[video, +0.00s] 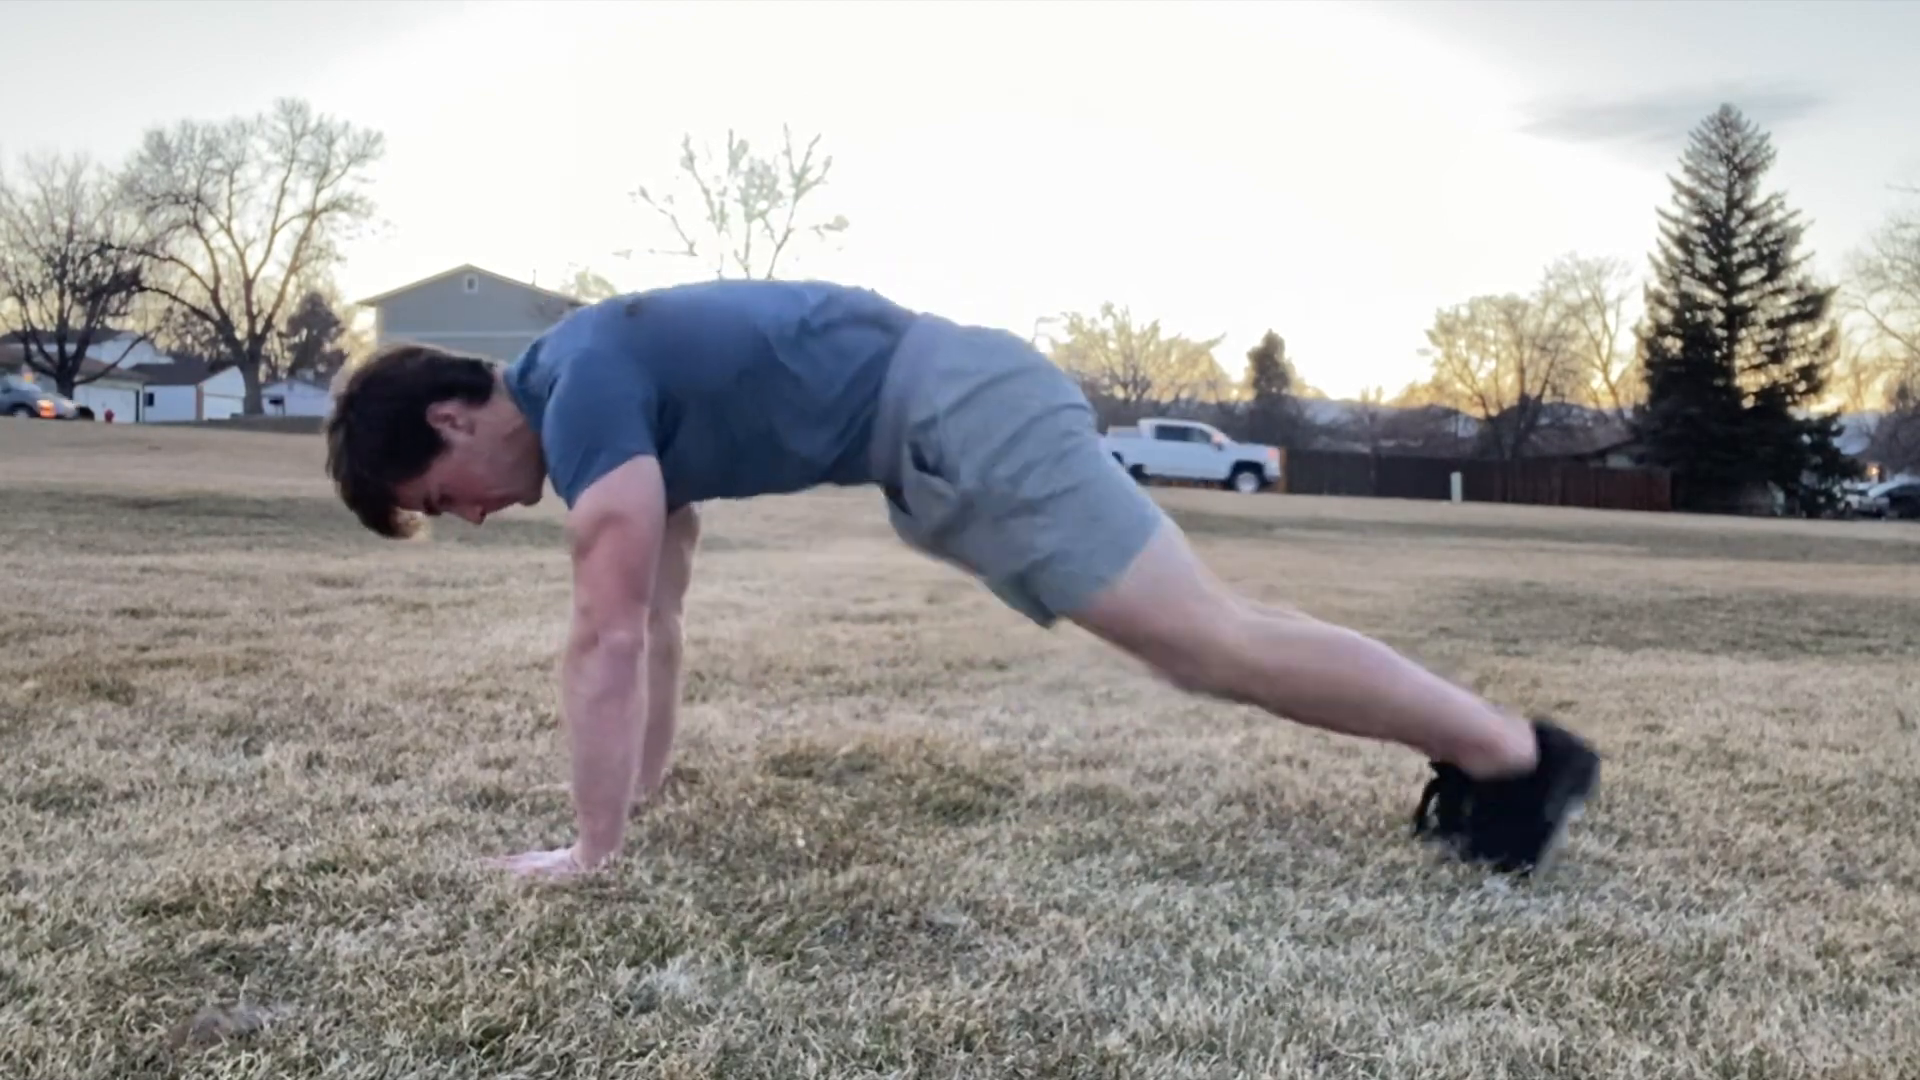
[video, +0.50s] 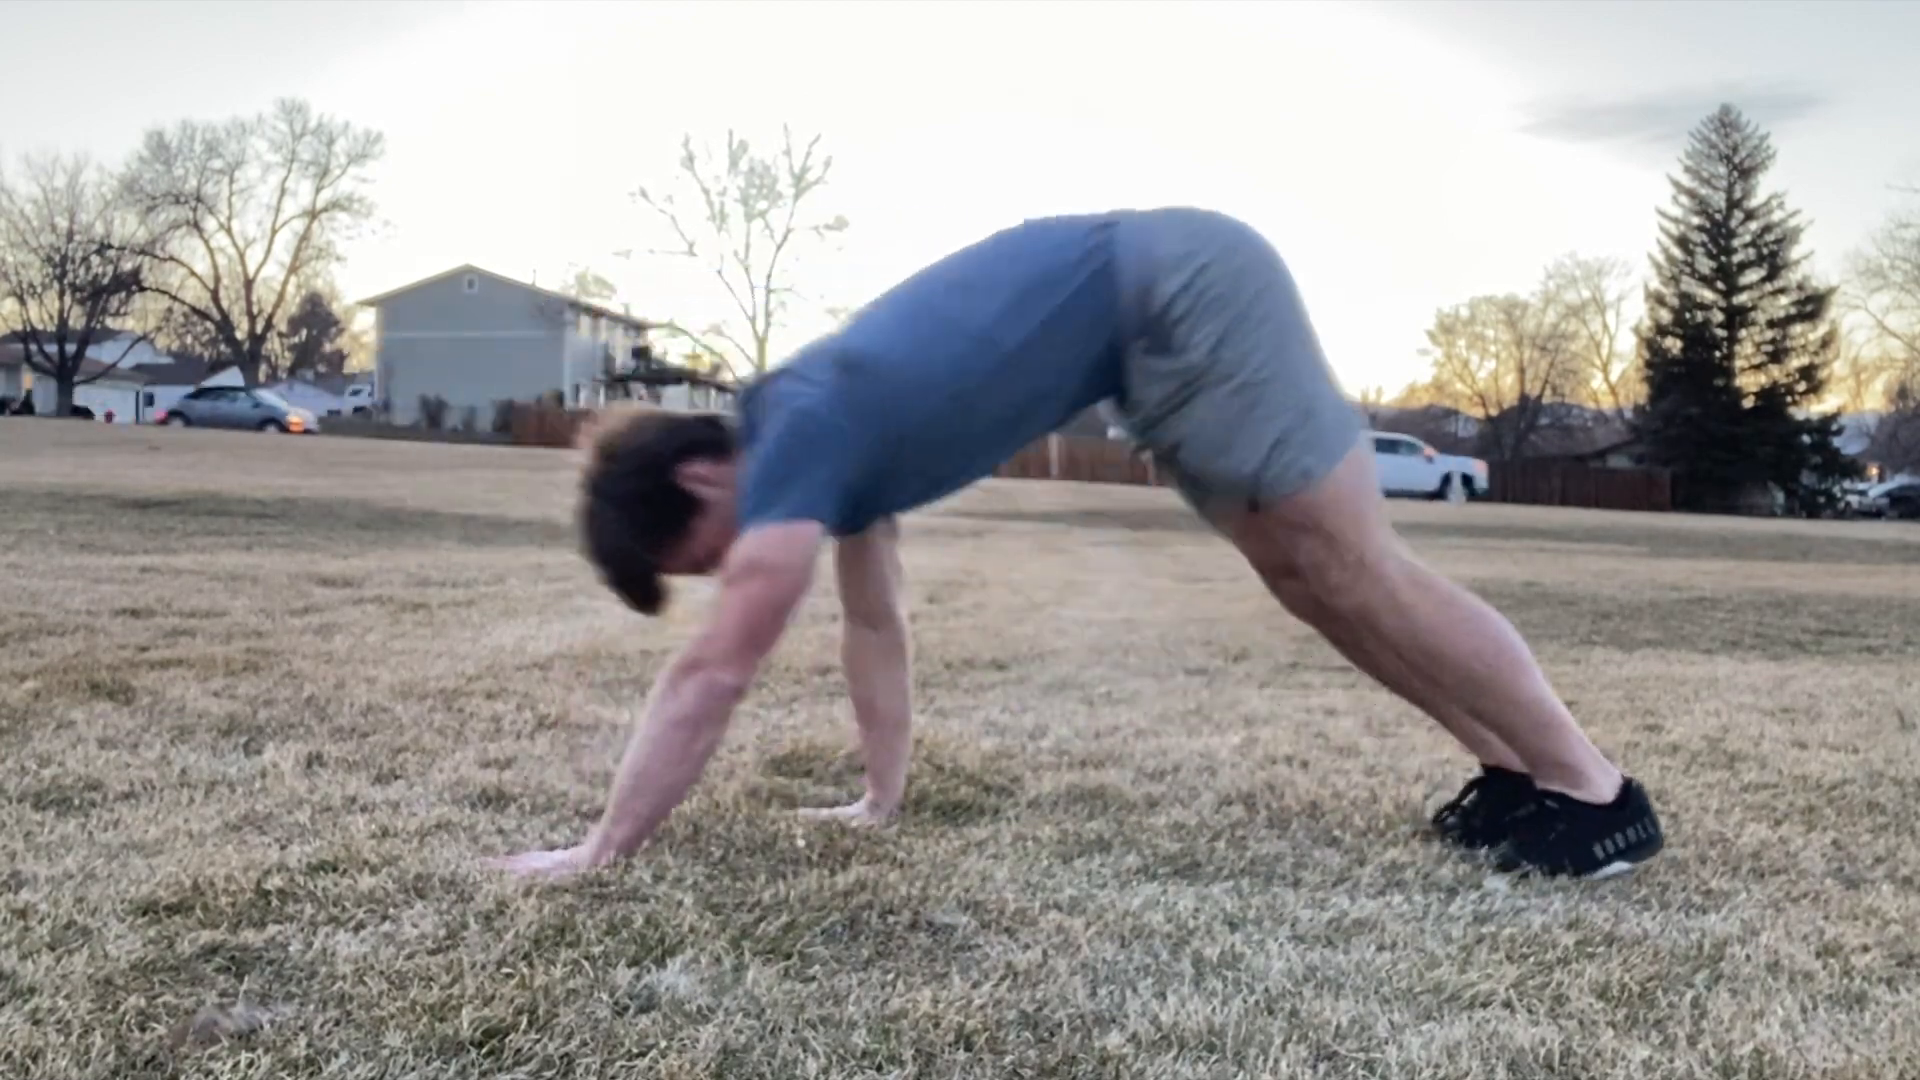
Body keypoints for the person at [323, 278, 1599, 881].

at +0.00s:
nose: (466, 515)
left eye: (438, 494)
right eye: (437, 510)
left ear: (450, 417)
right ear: (460, 426)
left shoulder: (583, 369)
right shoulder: (599, 393)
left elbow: (613, 611)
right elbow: (651, 613)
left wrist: (597, 835)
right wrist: (642, 781)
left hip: (959, 404)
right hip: (948, 423)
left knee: (1206, 640)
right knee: (1197, 632)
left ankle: (1513, 751)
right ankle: (1483, 743)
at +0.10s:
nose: (483, 514)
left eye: (458, 491)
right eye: (457, 507)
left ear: (473, 413)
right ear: (482, 424)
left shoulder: (610, 371)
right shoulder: (617, 403)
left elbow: (628, 624)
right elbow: (663, 632)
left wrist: (590, 838)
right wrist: (630, 806)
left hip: (985, 431)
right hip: (973, 453)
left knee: (1255, 643)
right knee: (1226, 648)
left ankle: (1553, 770)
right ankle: (1506, 758)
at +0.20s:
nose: (515, 511)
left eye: (488, 489)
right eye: (490, 505)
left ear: (498, 413)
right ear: (509, 421)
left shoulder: (631, 366)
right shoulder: (644, 402)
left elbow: (632, 622)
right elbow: (678, 624)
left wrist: (592, 839)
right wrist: (638, 791)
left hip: (1012, 412)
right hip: (1005, 427)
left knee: (1289, 636)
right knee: (1267, 636)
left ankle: (1567, 777)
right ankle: (1515, 759)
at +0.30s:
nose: (550, 518)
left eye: (522, 497)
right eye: (524, 513)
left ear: (529, 423)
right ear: (542, 421)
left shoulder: (658, 368)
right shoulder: (681, 391)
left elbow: (635, 638)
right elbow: (745, 590)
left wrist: (588, 853)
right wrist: (702, 754)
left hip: (1052, 376)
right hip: (1032, 398)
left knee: (1309, 614)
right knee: (1273, 618)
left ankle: (1582, 781)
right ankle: (1515, 757)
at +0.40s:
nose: (613, 545)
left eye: (583, 529)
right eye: (586, 542)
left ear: (588, 450)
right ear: (603, 446)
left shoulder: (709, 382)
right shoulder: (744, 400)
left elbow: (663, 646)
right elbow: (857, 584)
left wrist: (595, 850)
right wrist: (869, 761)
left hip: (1107, 336)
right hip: (1080, 360)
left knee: (1330, 600)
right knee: (1297, 600)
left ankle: (1591, 790)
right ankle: (1517, 759)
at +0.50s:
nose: (723, 570)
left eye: (703, 554)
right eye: (705, 563)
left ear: (699, 485)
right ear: (707, 479)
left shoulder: (795, 426)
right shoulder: (824, 435)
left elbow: (717, 668)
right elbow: (874, 629)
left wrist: (604, 847)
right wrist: (885, 798)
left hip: (1184, 285)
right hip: (1149, 328)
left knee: (1355, 575)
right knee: (1313, 584)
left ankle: (1598, 796)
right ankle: (1525, 775)